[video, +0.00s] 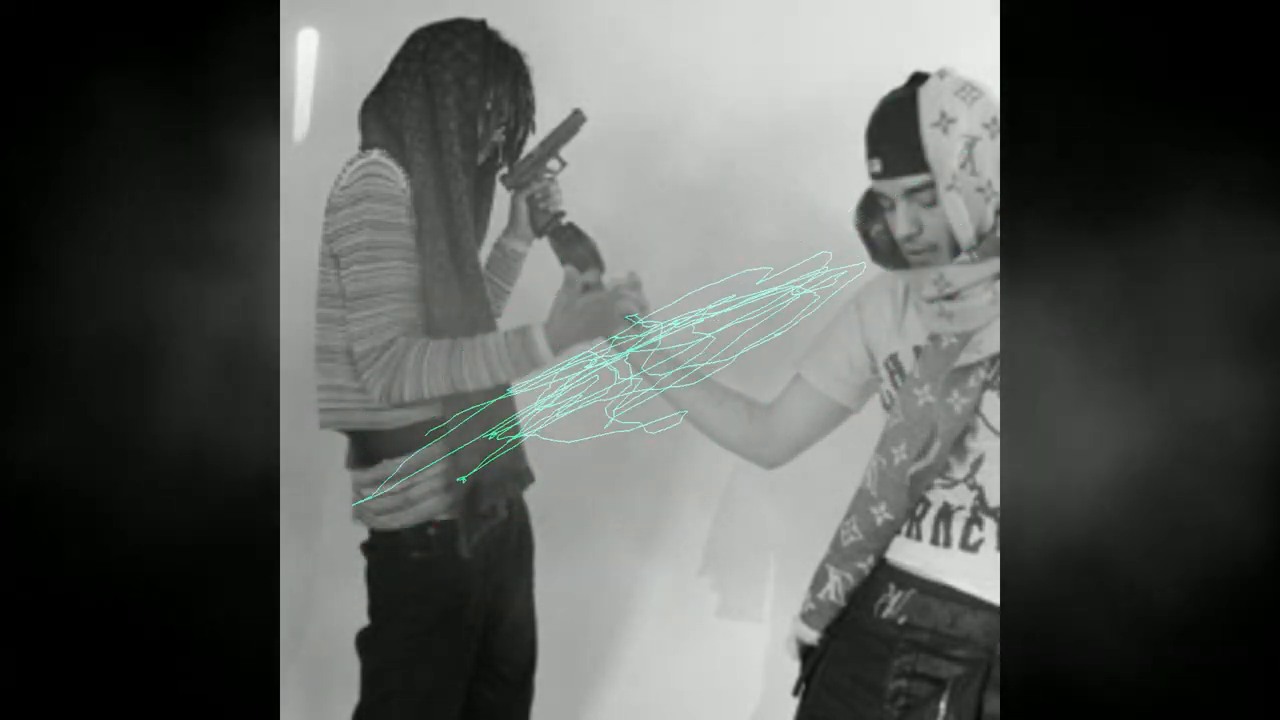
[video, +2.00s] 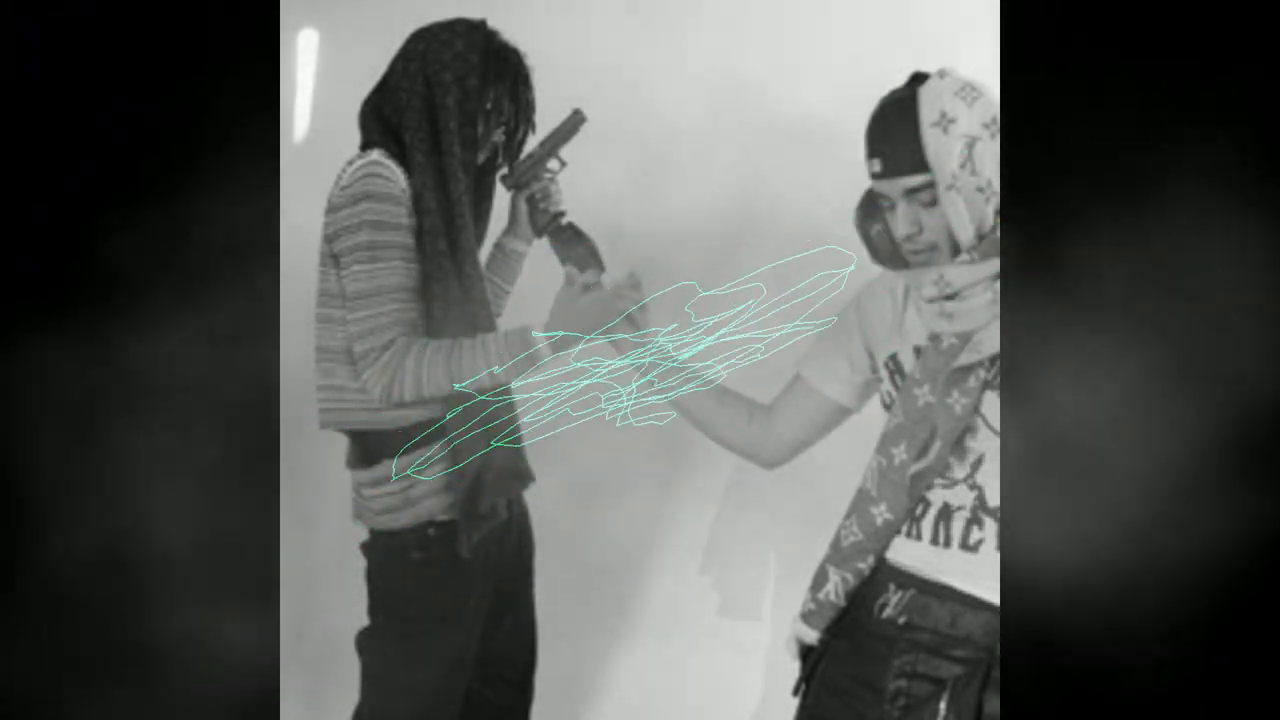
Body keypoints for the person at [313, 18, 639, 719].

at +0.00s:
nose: (498, 143)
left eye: (505, 124)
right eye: (493, 118)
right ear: (450, 105)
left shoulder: (426, 191)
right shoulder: (377, 182)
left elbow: (465, 327)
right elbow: (387, 369)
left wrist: (518, 233)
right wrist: (550, 339)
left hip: (487, 503)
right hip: (422, 522)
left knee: (500, 699)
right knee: (413, 704)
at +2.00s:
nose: (495, 142)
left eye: (502, 124)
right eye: (489, 119)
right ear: (446, 108)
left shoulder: (430, 191)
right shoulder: (377, 182)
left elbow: (464, 330)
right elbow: (388, 370)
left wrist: (518, 234)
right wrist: (555, 337)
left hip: (486, 498)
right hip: (420, 514)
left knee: (500, 697)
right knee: (411, 703)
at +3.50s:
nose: (499, 148)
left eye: (505, 127)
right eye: (492, 123)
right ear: (449, 108)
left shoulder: (427, 192)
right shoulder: (377, 182)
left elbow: (461, 333)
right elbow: (389, 371)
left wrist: (517, 236)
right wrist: (538, 343)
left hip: (488, 505)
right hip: (425, 522)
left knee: (500, 701)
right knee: (413, 705)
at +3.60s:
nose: (499, 149)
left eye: (506, 129)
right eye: (494, 125)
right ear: (451, 111)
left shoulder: (423, 191)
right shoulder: (376, 183)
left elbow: (460, 332)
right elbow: (388, 368)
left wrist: (518, 234)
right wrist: (549, 340)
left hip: (484, 502)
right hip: (423, 519)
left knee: (499, 700)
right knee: (412, 705)